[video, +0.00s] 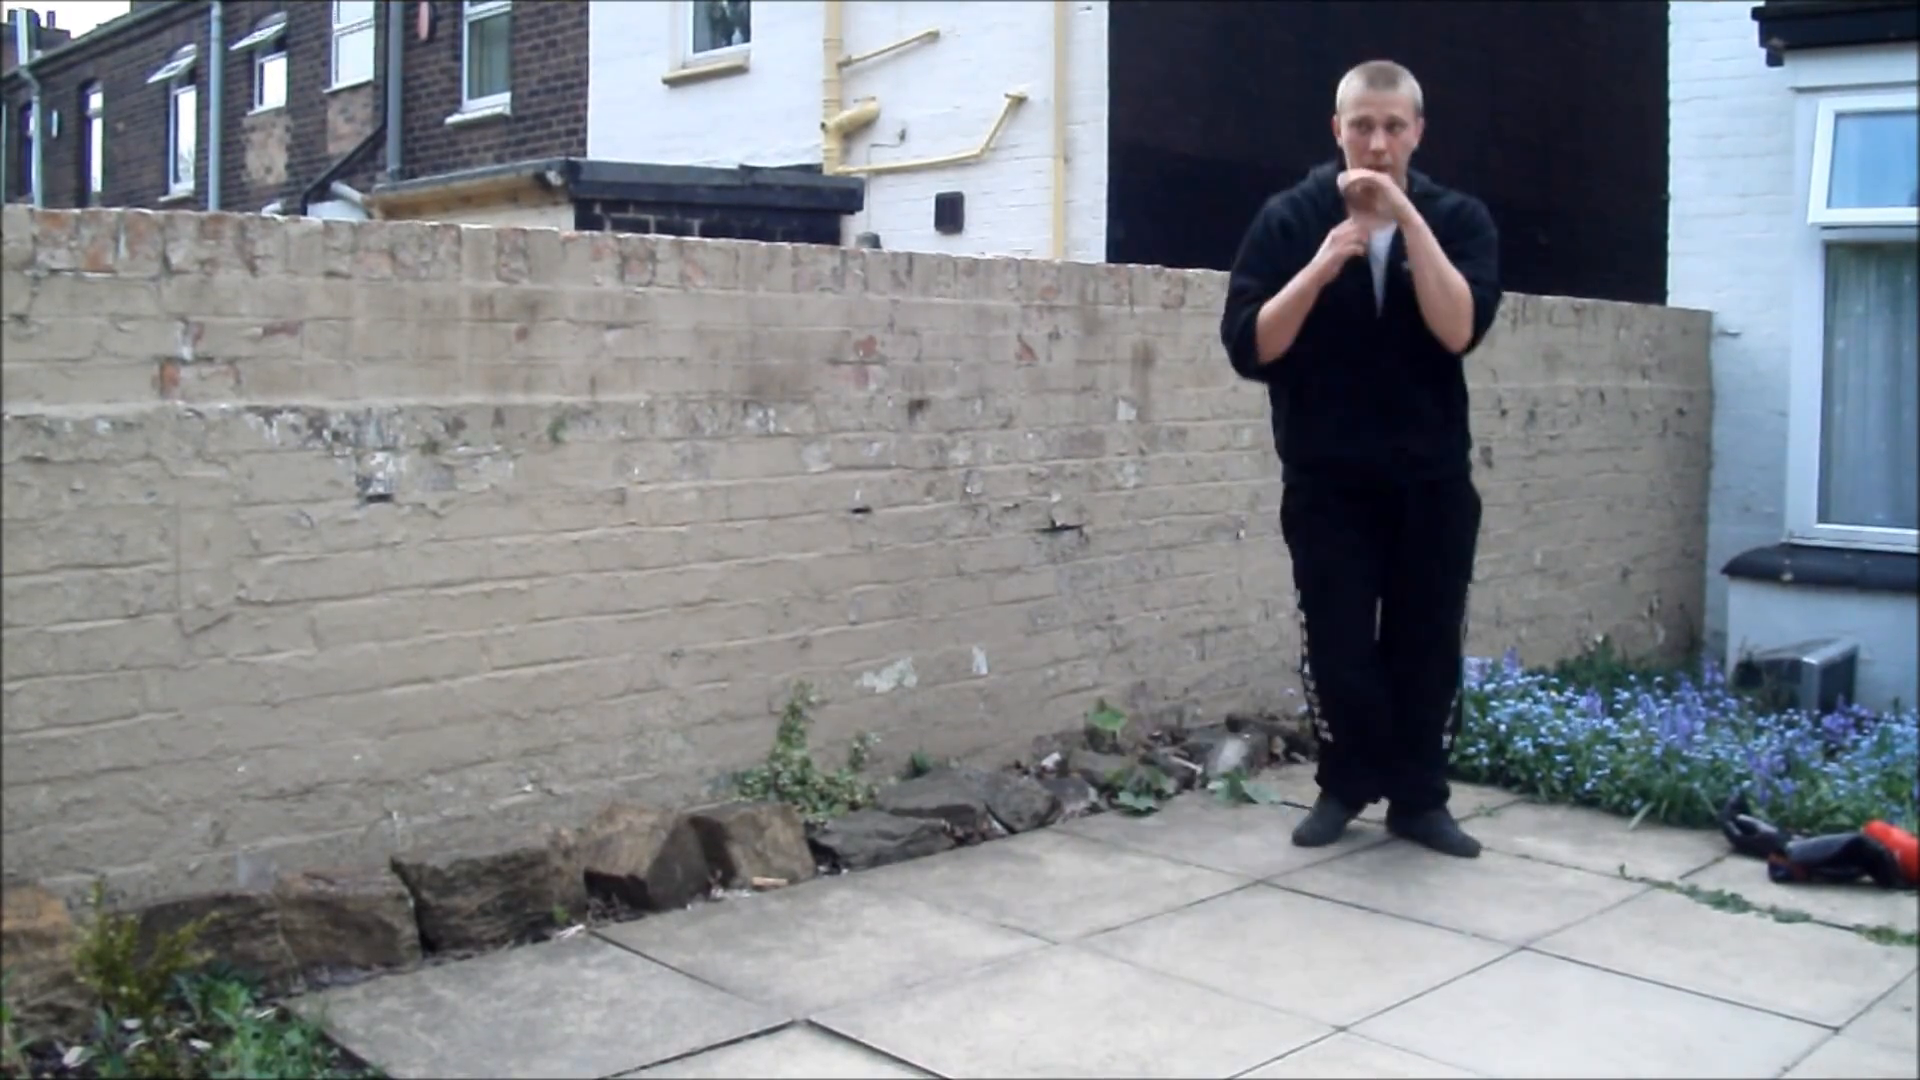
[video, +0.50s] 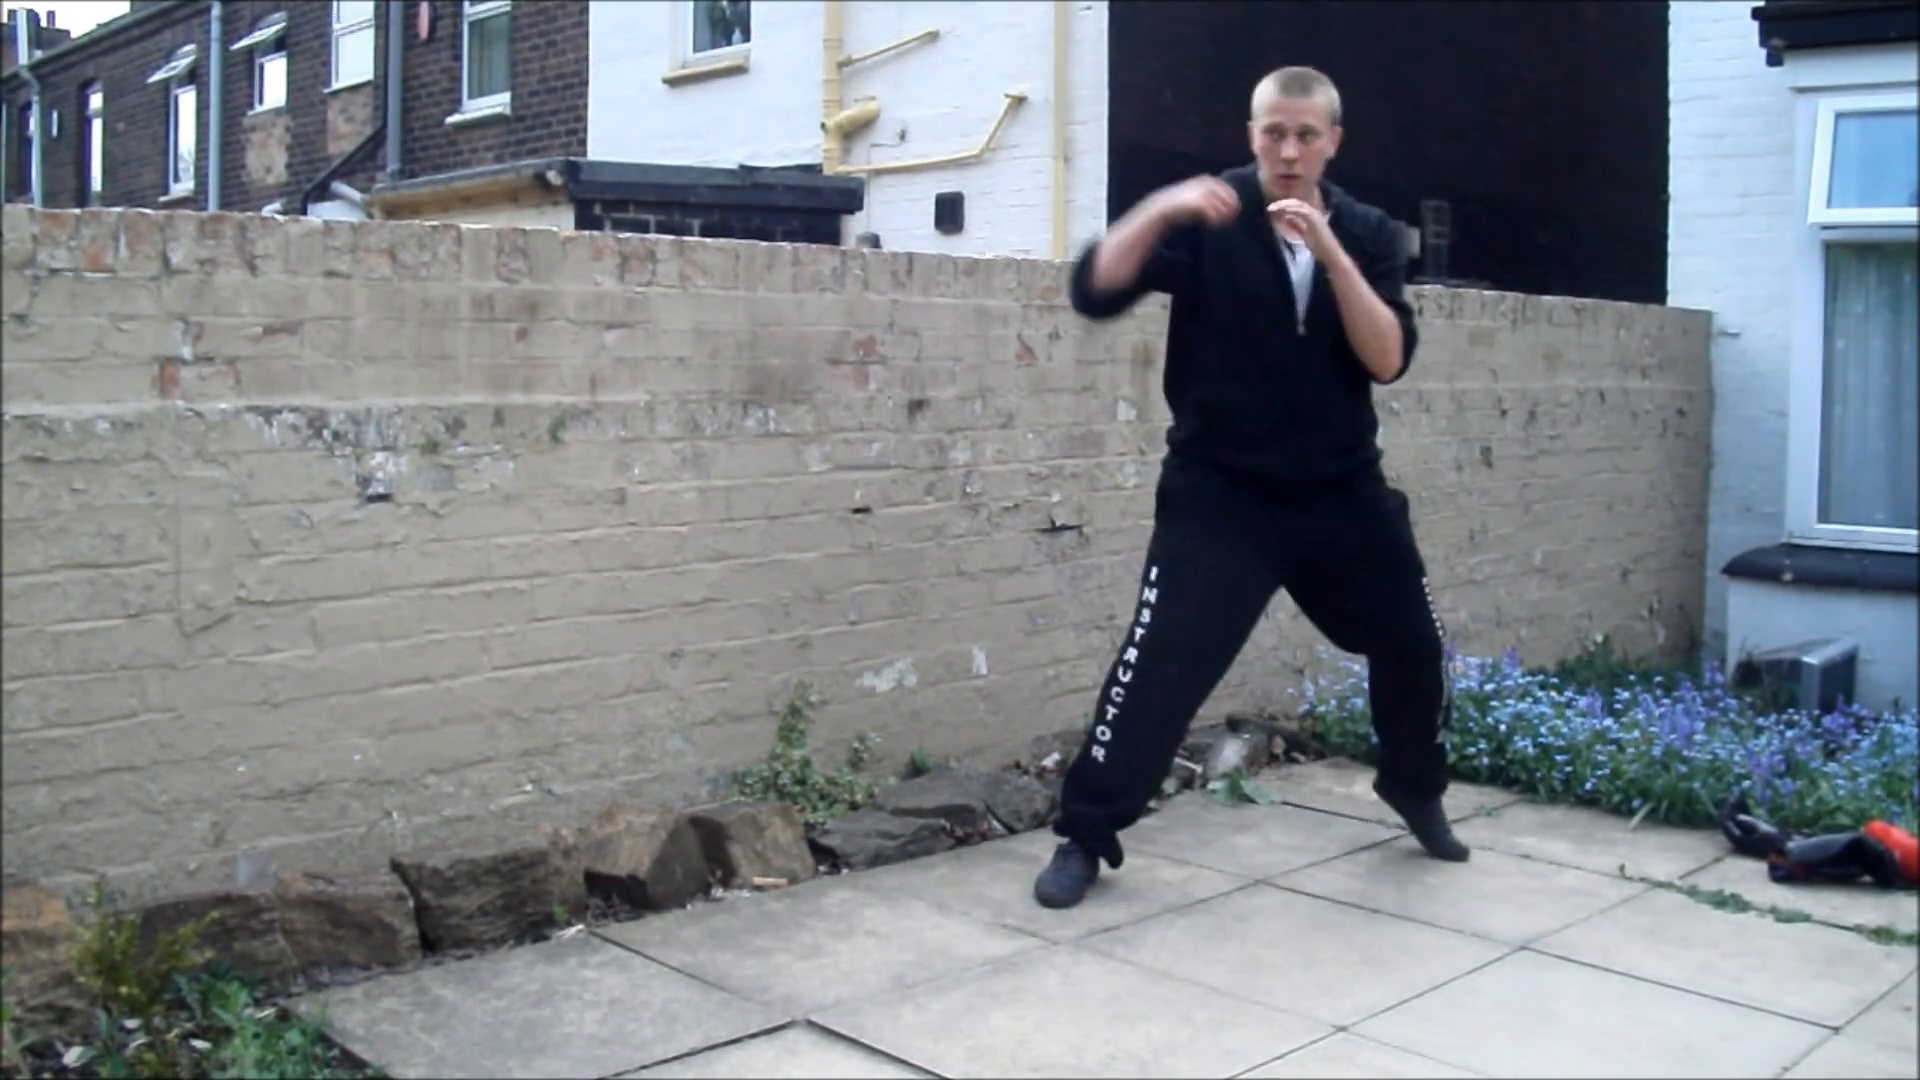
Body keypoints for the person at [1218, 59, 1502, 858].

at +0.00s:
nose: (1378, 142)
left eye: (1394, 127)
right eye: (1364, 126)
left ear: (1419, 132)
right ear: (1337, 130)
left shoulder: (1458, 221)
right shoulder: (1285, 221)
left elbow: (1459, 331)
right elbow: (1249, 349)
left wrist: (1407, 217)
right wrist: (1318, 270)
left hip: (1430, 474)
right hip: (1324, 473)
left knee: (1428, 636)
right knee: (1337, 637)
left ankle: (1419, 801)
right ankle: (1342, 789)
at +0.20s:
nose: (1387, 131)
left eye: (1404, 116)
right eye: (1374, 114)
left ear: (1429, 123)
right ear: (1346, 115)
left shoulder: (1459, 206)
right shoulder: (1288, 202)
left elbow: (1456, 313)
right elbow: (1245, 337)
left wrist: (1405, 202)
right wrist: (1296, 316)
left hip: (1406, 467)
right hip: (1291, 464)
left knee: (1435, 634)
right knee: (1255, 623)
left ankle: (1422, 790)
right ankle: (1251, 779)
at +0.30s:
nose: (1376, 147)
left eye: (1393, 133)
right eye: (1363, 131)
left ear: (1416, 140)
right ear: (1333, 132)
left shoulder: (1437, 212)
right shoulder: (1274, 215)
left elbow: (1453, 300)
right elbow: (1207, 344)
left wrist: (1390, 198)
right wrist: (1266, 343)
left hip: (1397, 483)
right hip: (1282, 481)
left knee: (1444, 639)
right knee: (1215, 636)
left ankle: (1408, 800)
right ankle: (1140, 820)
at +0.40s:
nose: (1346, 159)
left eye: (1364, 145)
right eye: (1333, 142)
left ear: (1386, 151)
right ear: (1302, 142)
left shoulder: (1409, 233)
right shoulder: (1244, 230)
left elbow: (1433, 326)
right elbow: (1176, 367)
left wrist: (1367, 227)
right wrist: (1232, 336)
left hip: (1367, 507)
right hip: (1253, 505)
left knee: (1420, 651)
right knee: (1188, 661)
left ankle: (1403, 811)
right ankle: (1086, 834)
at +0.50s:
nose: (1289, 151)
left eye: (1306, 135)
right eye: (1275, 134)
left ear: (1334, 141)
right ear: (1251, 134)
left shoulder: (1371, 234)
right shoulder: (1203, 215)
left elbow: (1389, 360)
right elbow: (1093, 294)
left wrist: (1330, 252)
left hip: (1340, 494)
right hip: (1218, 492)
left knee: (1412, 645)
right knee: (1160, 657)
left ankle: (1416, 792)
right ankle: (1082, 834)